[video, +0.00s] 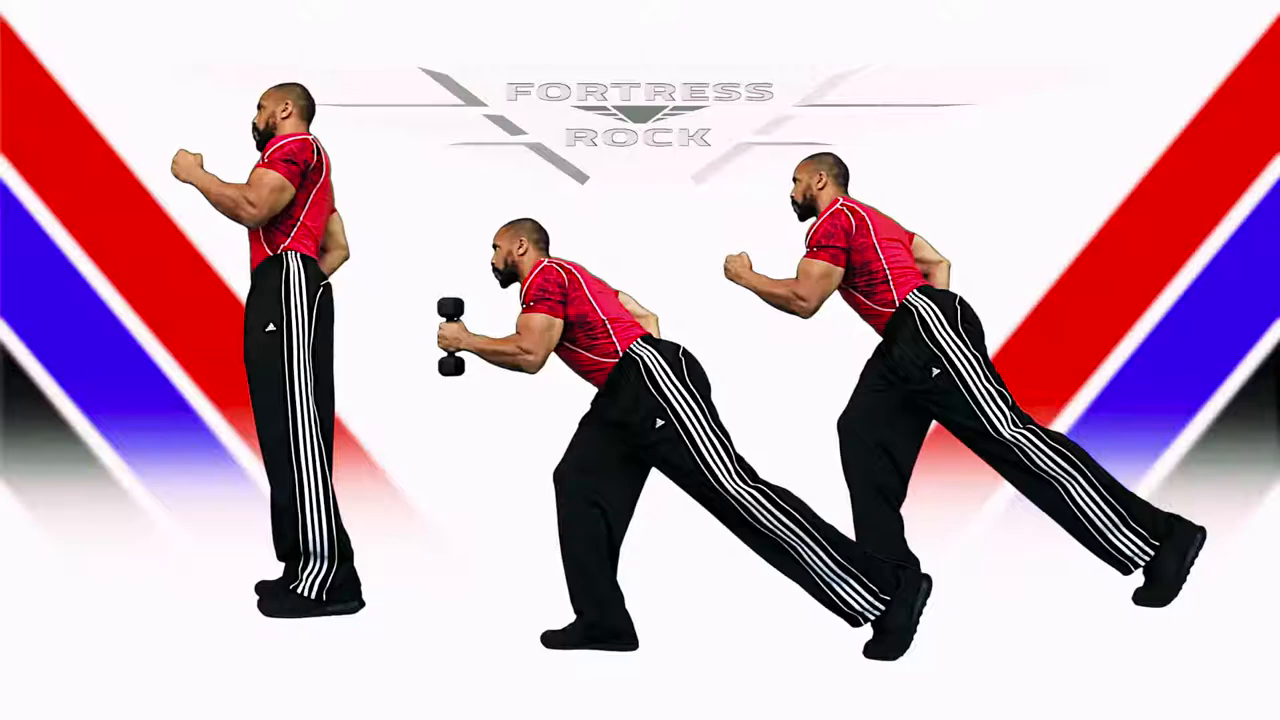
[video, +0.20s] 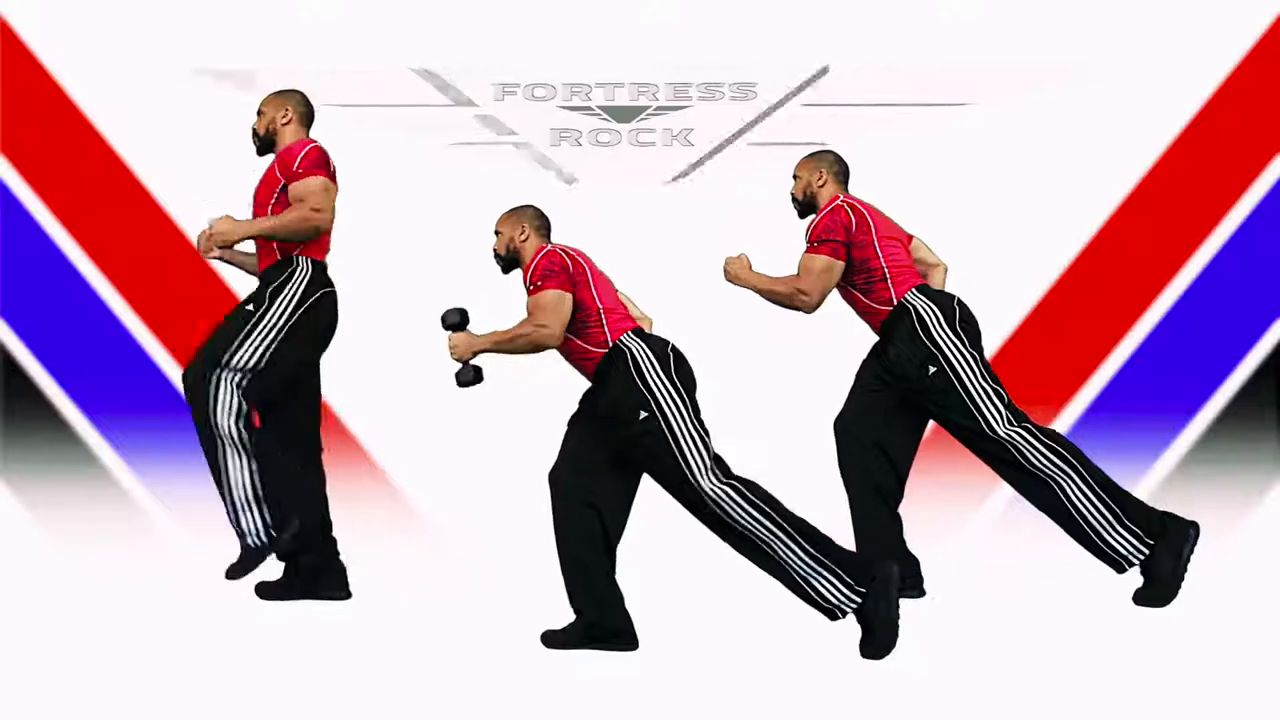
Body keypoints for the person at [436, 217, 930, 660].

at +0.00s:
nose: (494, 260)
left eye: (500, 250)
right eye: (494, 253)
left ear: (526, 244)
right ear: (529, 249)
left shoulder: (547, 274)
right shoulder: (569, 281)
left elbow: (529, 352)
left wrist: (465, 340)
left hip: (649, 375)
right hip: (623, 394)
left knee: (737, 493)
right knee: (580, 484)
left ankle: (886, 594)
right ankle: (603, 621)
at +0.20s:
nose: (495, 244)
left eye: (501, 234)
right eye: (495, 237)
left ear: (527, 230)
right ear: (530, 237)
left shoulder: (550, 258)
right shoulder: (568, 268)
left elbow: (546, 328)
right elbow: (638, 320)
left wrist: (478, 344)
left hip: (638, 368)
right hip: (611, 388)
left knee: (709, 489)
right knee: (575, 487)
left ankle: (860, 589)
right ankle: (603, 621)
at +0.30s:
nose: (499, 226)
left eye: (505, 216)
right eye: (500, 218)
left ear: (530, 214)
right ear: (533, 218)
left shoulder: (558, 243)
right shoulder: (546, 262)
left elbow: (567, 303)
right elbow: (605, 331)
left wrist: (503, 347)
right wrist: (587, 381)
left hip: (632, 355)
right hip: (605, 375)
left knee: (646, 489)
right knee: (579, 488)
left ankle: (795, 567)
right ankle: (602, 621)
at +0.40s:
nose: (509, 214)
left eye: (514, 204)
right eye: (509, 206)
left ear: (539, 201)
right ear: (542, 202)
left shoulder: (568, 228)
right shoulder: (553, 261)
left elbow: (595, 280)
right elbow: (594, 337)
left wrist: (540, 342)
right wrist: (553, 362)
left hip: (625, 344)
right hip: (611, 356)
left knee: (571, 461)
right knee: (595, 485)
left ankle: (686, 555)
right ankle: (603, 619)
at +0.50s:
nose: (518, 202)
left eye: (522, 192)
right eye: (518, 194)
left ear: (548, 189)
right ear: (548, 190)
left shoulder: (573, 215)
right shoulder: (565, 246)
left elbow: (620, 260)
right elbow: (584, 328)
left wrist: (582, 327)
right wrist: (524, 332)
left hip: (614, 340)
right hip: (621, 356)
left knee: (516, 412)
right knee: (591, 481)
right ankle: (605, 620)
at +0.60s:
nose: (525, 192)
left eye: (529, 182)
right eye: (525, 185)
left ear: (554, 179)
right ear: (558, 181)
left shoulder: (583, 206)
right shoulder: (565, 235)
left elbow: (639, 247)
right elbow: (565, 315)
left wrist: (614, 315)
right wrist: (507, 299)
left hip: (595, 334)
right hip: (610, 350)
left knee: (492, 365)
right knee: (590, 488)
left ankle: (519, 490)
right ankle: (605, 621)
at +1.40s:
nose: (523, 195)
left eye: (528, 185)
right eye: (524, 188)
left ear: (551, 182)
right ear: (558, 184)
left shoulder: (580, 208)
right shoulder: (562, 238)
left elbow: (621, 255)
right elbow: (573, 325)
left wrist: (587, 325)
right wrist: (515, 316)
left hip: (602, 344)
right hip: (609, 358)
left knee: (498, 393)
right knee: (580, 488)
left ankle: (547, 521)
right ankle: (602, 621)